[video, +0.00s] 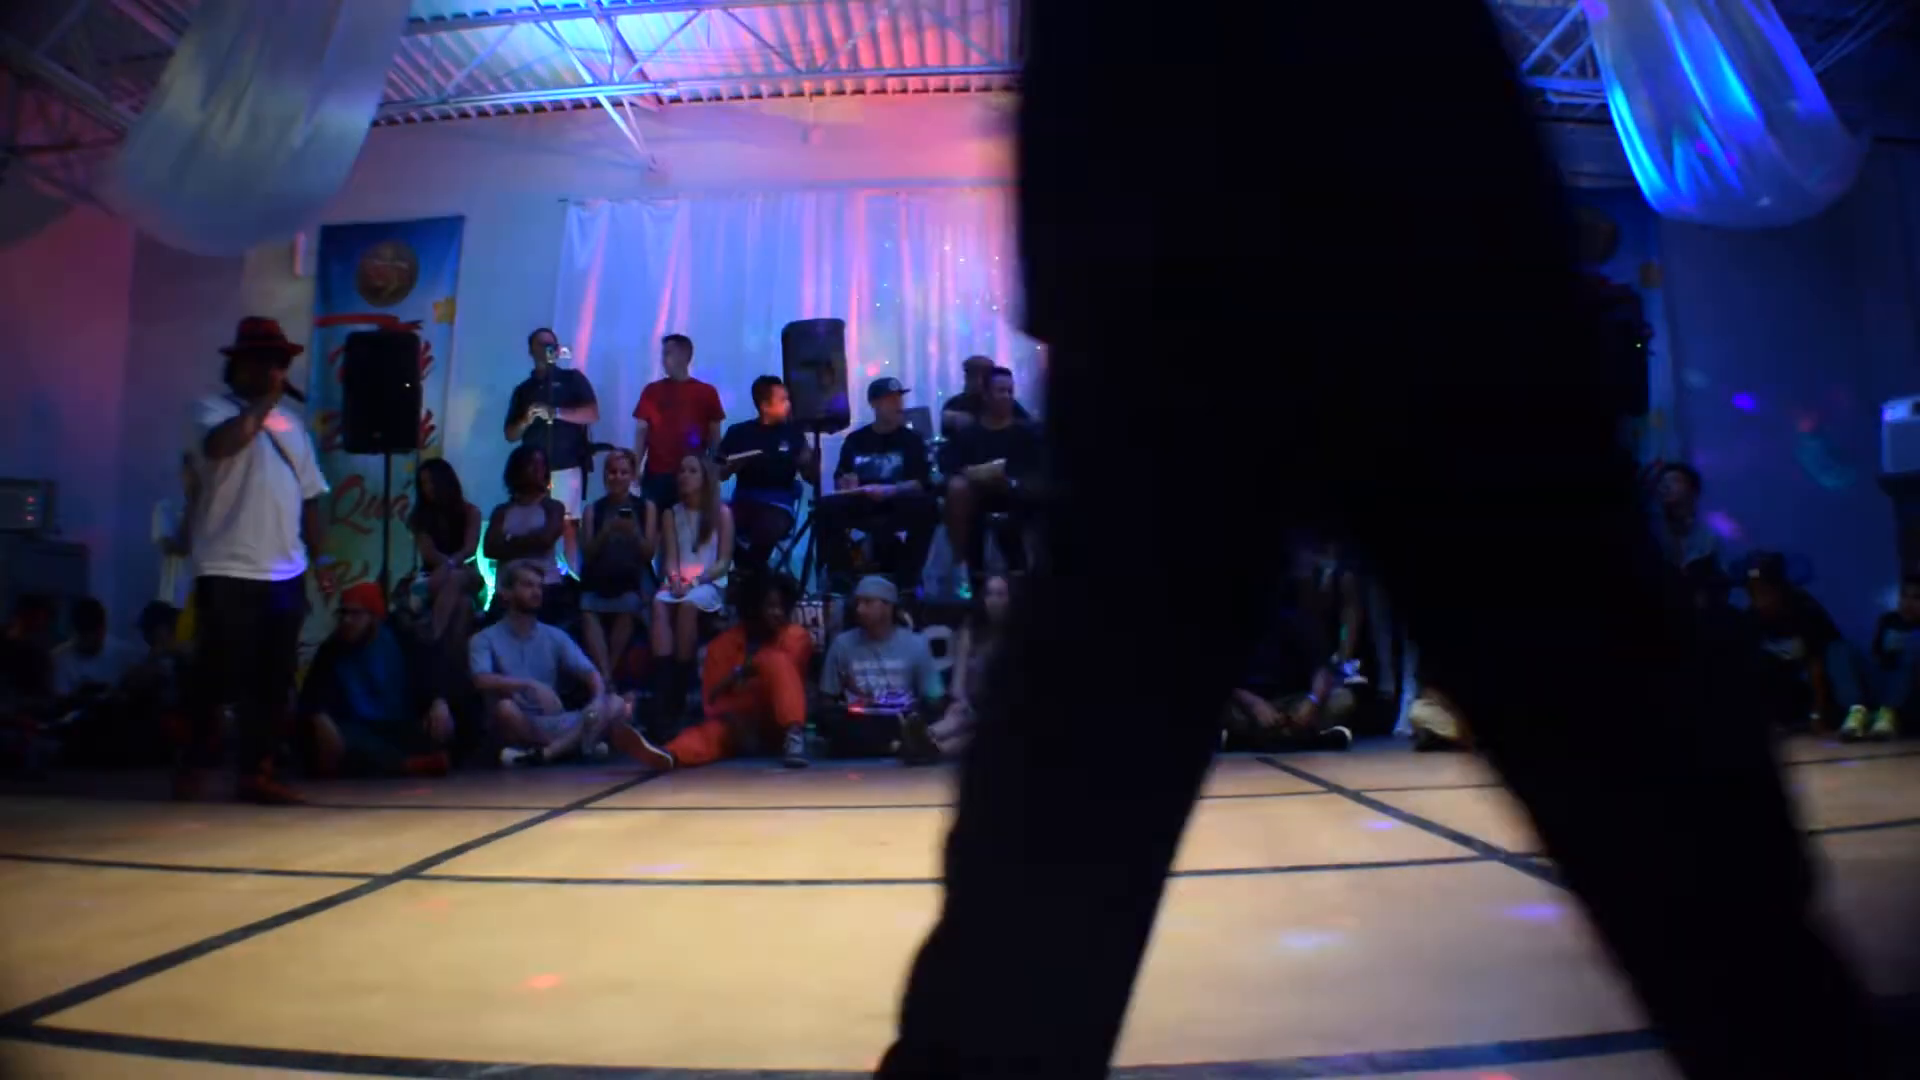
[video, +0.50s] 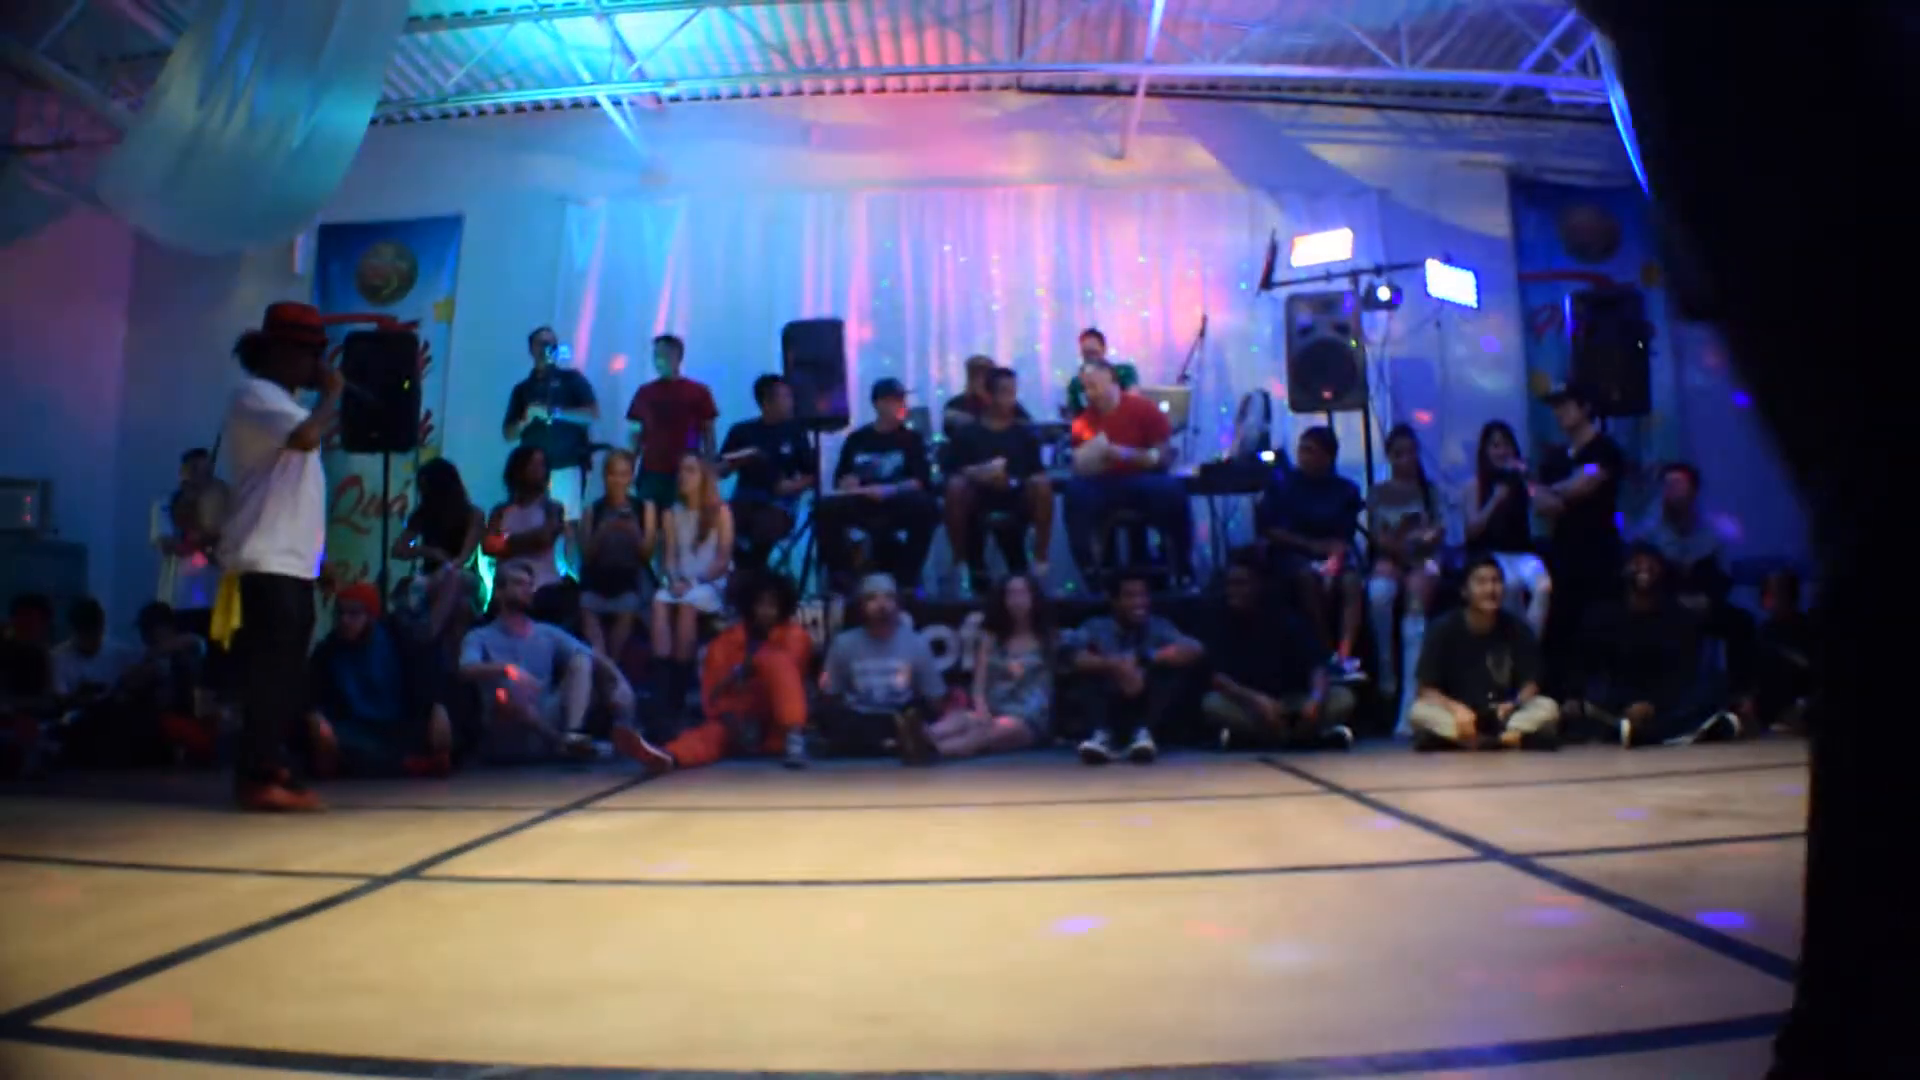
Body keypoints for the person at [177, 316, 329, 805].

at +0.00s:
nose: (274, 375)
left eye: (279, 367)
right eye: (265, 366)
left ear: (284, 372)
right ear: (239, 369)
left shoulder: (290, 425)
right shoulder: (214, 409)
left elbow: (311, 498)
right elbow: (218, 447)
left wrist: (318, 563)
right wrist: (263, 405)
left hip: (282, 575)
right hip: (226, 572)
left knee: (273, 680)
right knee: (215, 677)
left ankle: (260, 773)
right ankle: (194, 769)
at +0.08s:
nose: (285, 374)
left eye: (289, 365)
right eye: (275, 364)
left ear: (292, 370)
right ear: (249, 368)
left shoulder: (297, 422)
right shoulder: (221, 405)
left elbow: (317, 498)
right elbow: (227, 443)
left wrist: (329, 557)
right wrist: (271, 403)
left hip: (287, 567)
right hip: (234, 563)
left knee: (276, 674)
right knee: (235, 668)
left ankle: (266, 769)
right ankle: (216, 767)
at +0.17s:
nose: (290, 371)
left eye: (293, 362)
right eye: (279, 362)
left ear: (295, 369)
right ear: (251, 365)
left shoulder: (298, 423)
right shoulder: (226, 403)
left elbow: (320, 496)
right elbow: (242, 439)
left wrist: (336, 551)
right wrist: (284, 399)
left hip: (291, 567)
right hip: (239, 562)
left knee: (279, 676)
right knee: (244, 672)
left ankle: (265, 770)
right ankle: (217, 769)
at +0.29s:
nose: (299, 367)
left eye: (301, 358)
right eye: (289, 358)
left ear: (298, 366)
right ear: (259, 360)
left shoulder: (301, 423)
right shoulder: (232, 406)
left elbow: (313, 499)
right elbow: (261, 437)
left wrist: (338, 550)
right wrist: (303, 396)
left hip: (291, 569)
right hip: (246, 565)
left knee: (279, 675)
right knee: (256, 671)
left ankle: (261, 772)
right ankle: (244, 778)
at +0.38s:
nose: (305, 366)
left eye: (307, 356)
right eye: (296, 355)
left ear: (302, 364)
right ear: (266, 357)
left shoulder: (296, 415)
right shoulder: (241, 404)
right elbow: (278, 437)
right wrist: (314, 394)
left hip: (292, 570)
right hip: (252, 567)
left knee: (282, 676)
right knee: (260, 675)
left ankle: (270, 769)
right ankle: (255, 774)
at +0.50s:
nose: (316, 365)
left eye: (317, 357)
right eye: (309, 355)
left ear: (289, 358)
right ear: (281, 354)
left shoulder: (285, 404)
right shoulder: (254, 398)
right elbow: (306, 436)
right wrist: (333, 393)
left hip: (291, 563)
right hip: (266, 563)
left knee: (282, 673)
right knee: (271, 673)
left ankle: (271, 770)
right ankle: (260, 775)